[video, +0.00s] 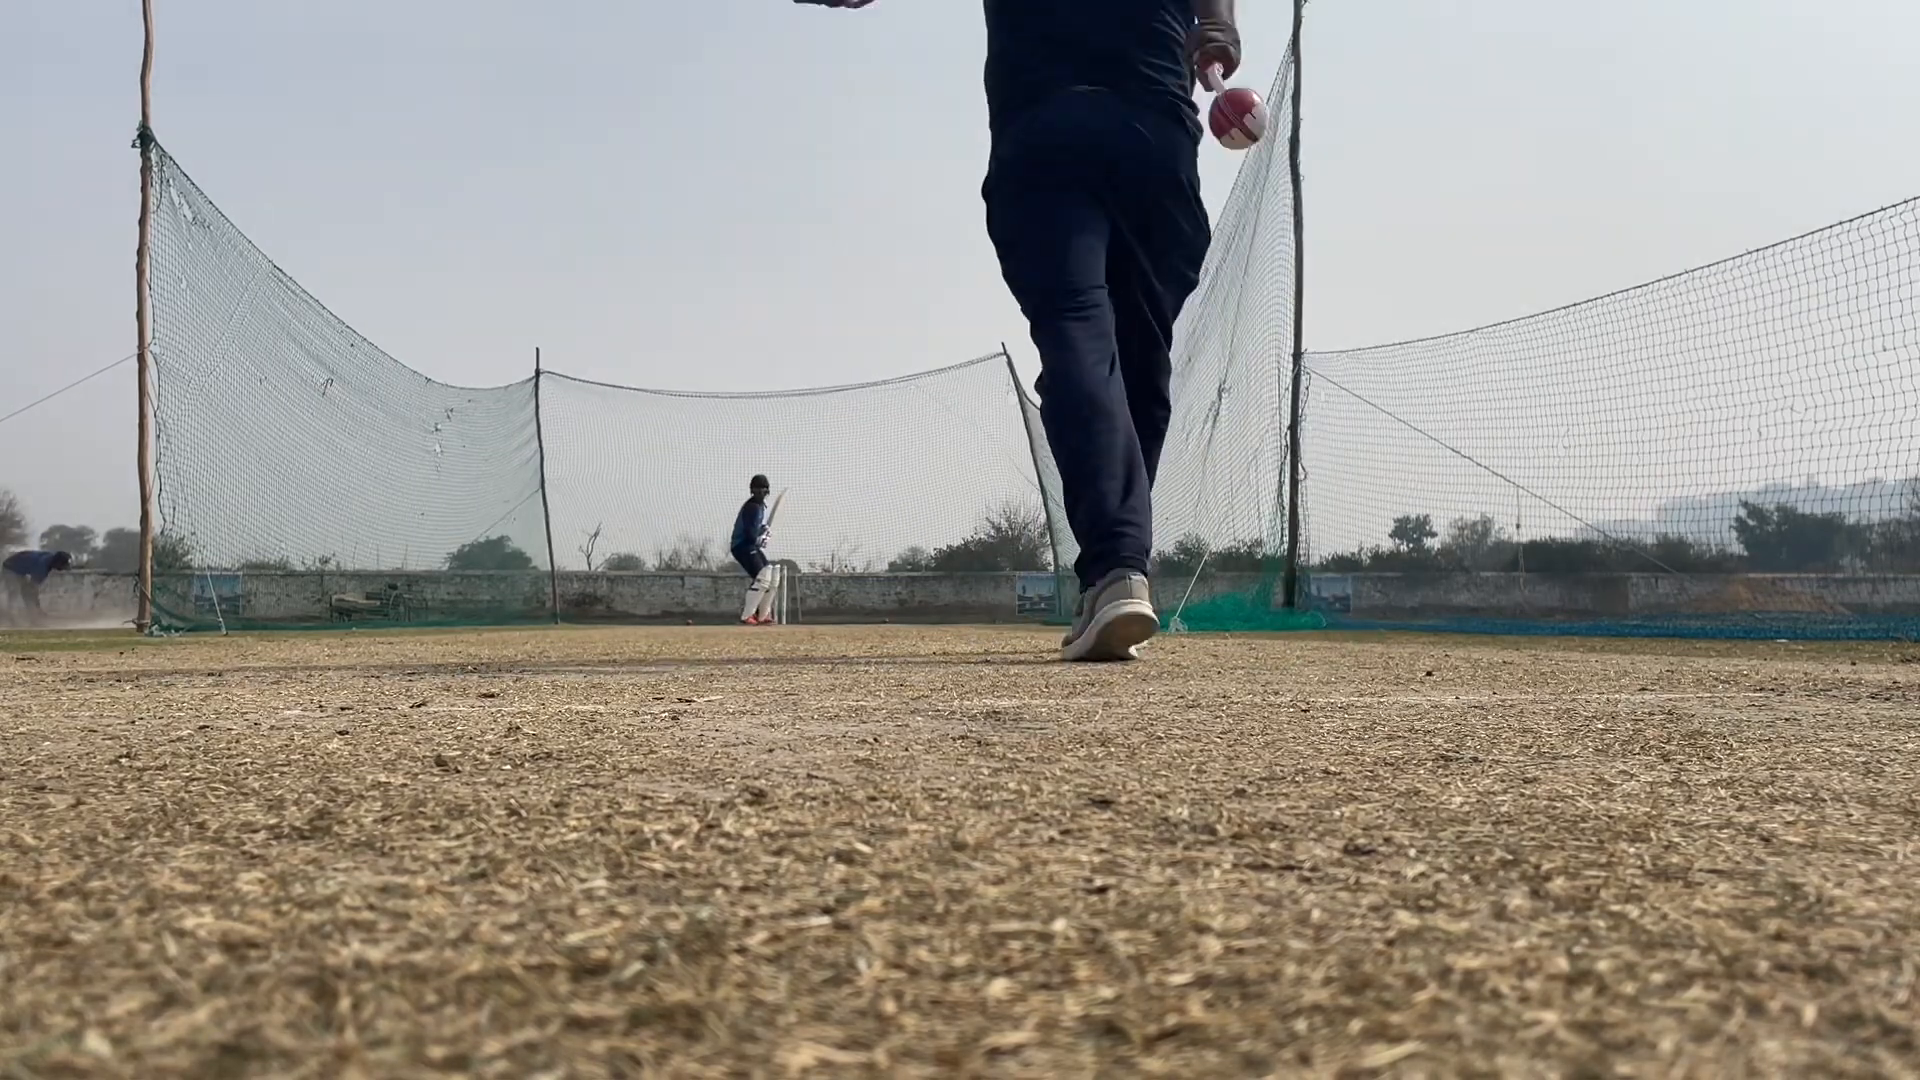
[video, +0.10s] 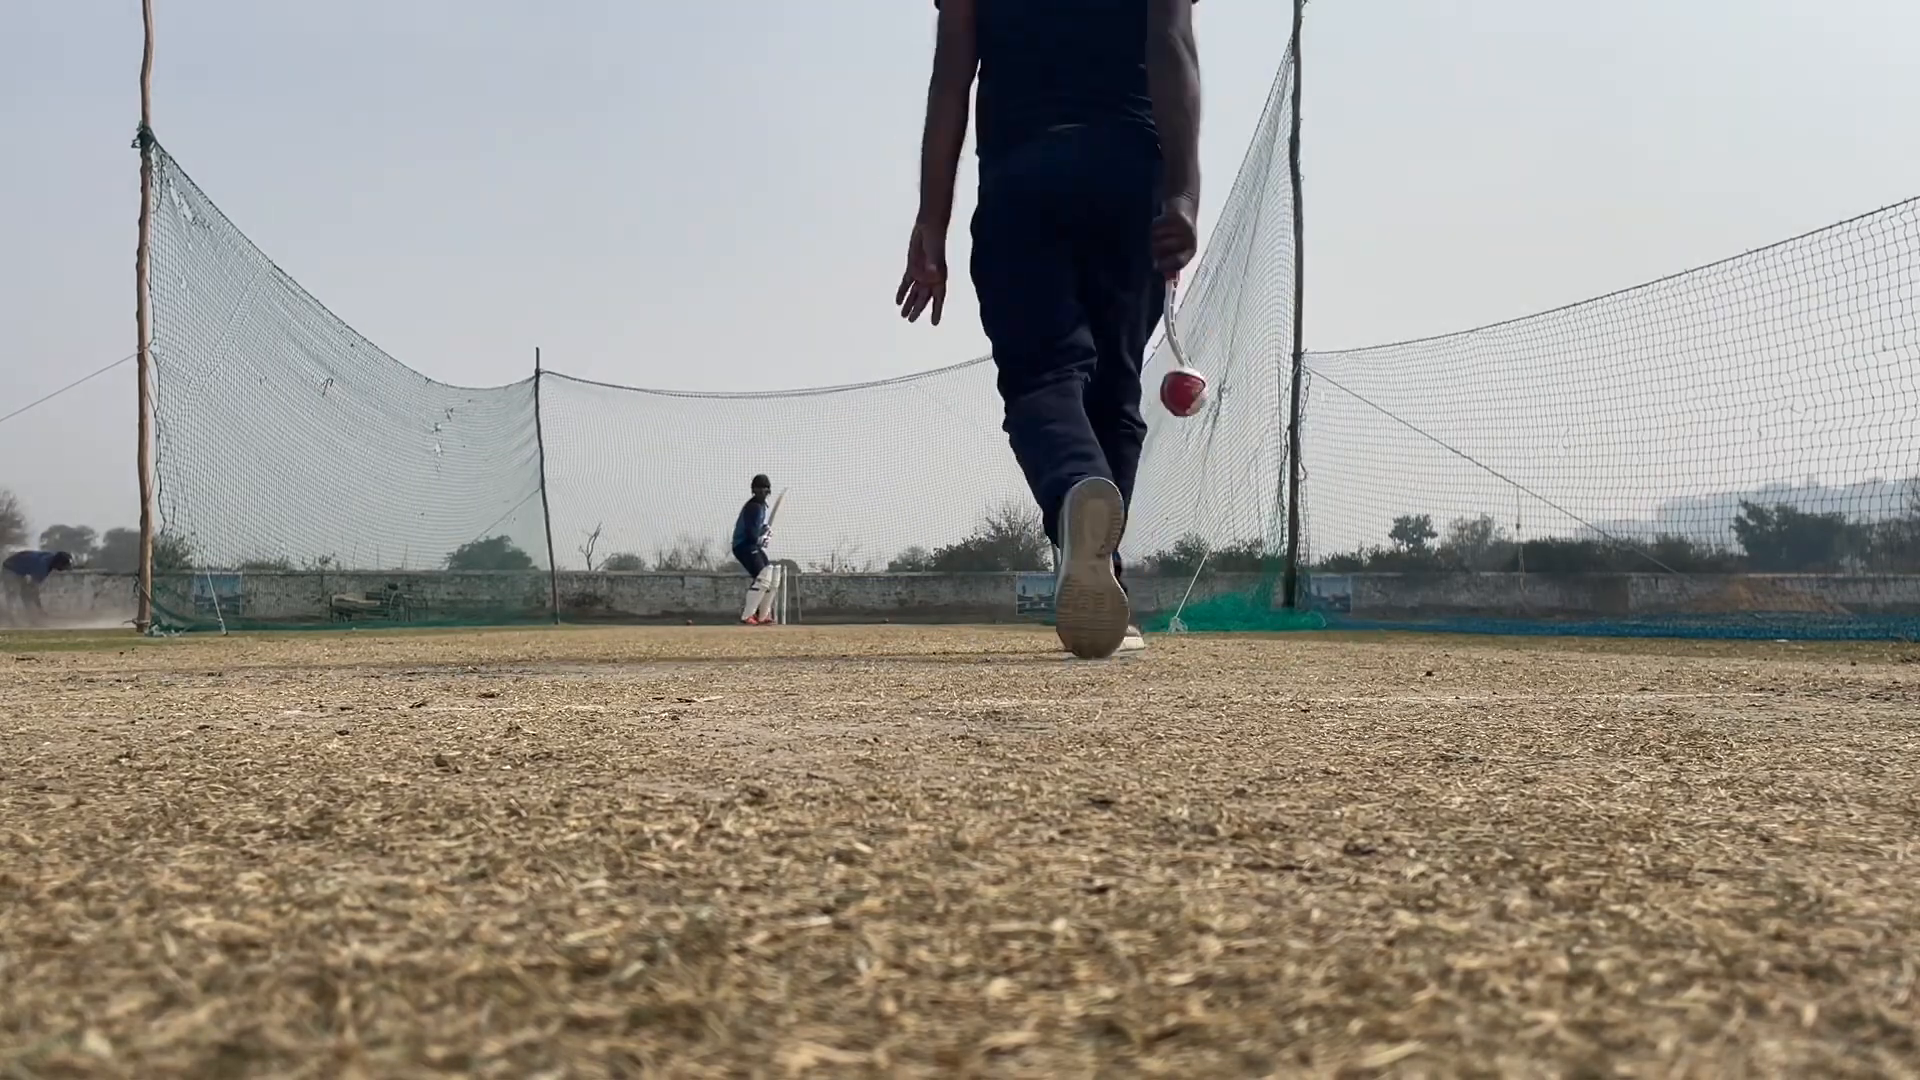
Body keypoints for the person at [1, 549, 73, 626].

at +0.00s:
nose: (62, 569)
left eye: (64, 567)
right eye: (63, 566)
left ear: (58, 559)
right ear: (59, 562)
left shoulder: (49, 562)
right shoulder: (43, 564)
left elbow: (34, 586)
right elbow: (33, 587)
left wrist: (36, 608)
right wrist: (37, 608)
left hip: (21, 570)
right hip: (10, 568)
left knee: (28, 593)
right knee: (13, 594)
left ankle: (33, 617)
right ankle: (12, 619)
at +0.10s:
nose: (62, 570)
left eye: (64, 568)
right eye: (63, 567)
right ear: (59, 562)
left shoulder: (50, 562)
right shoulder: (43, 565)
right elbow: (33, 588)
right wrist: (39, 608)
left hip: (21, 570)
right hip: (10, 569)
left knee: (27, 595)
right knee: (12, 596)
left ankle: (33, 618)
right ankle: (12, 620)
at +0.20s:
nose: (63, 570)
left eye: (65, 568)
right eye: (64, 568)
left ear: (60, 560)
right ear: (60, 563)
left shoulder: (51, 561)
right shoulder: (44, 567)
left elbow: (36, 585)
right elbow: (34, 587)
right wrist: (43, 607)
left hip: (21, 570)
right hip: (10, 568)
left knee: (27, 594)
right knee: (12, 595)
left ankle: (32, 618)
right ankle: (12, 620)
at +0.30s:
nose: (65, 570)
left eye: (67, 568)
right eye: (65, 567)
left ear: (61, 562)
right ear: (61, 563)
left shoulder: (51, 563)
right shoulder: (45, 566)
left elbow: (36, 583)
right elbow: (42, 590)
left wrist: (30, 590)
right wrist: (48, 609)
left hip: (21, 571)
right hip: (10, 568)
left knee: (26, 593)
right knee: (12, 596)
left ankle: (32, 616)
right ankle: (13, 621)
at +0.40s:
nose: (65, 571)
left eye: (67, 569)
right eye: (66, 568)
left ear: (61, 562)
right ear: (61, 564)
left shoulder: (52, 564)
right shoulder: (45, 565)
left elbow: (36, 583)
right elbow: (44, 592)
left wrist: (30, 592)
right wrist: (49, 611)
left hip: (21, 571)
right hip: (10, 568)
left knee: (26, 594)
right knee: (12, 595)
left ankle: (32, 616)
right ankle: (12, 619)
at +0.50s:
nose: (66, 571)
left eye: (67, 569)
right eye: (66, 568)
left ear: (62, 562)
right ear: (62, 563)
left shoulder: (52, 563)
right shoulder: (46, 565)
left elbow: (37, 582)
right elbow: (44, 592)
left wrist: (30, 592)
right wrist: (50, 611)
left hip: (21, 570)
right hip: (10, 567)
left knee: (26, 594)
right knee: (12, 595)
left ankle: (31, 615)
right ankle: (13, 619)